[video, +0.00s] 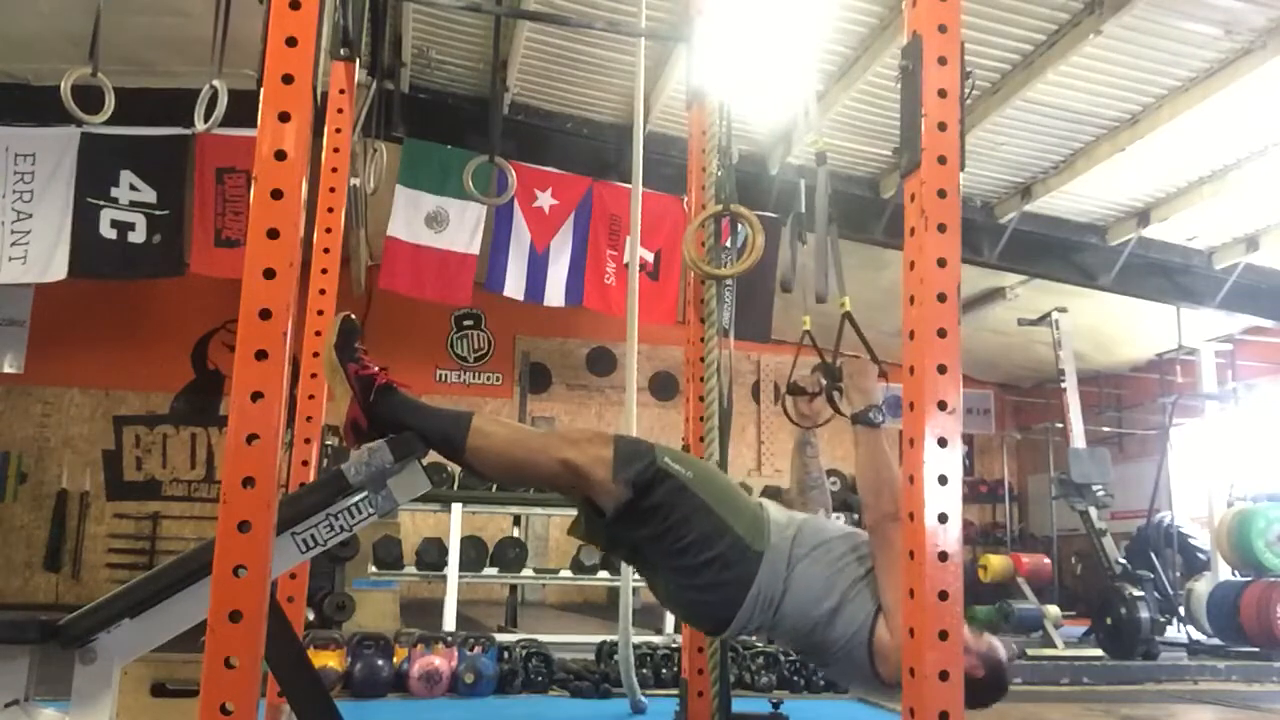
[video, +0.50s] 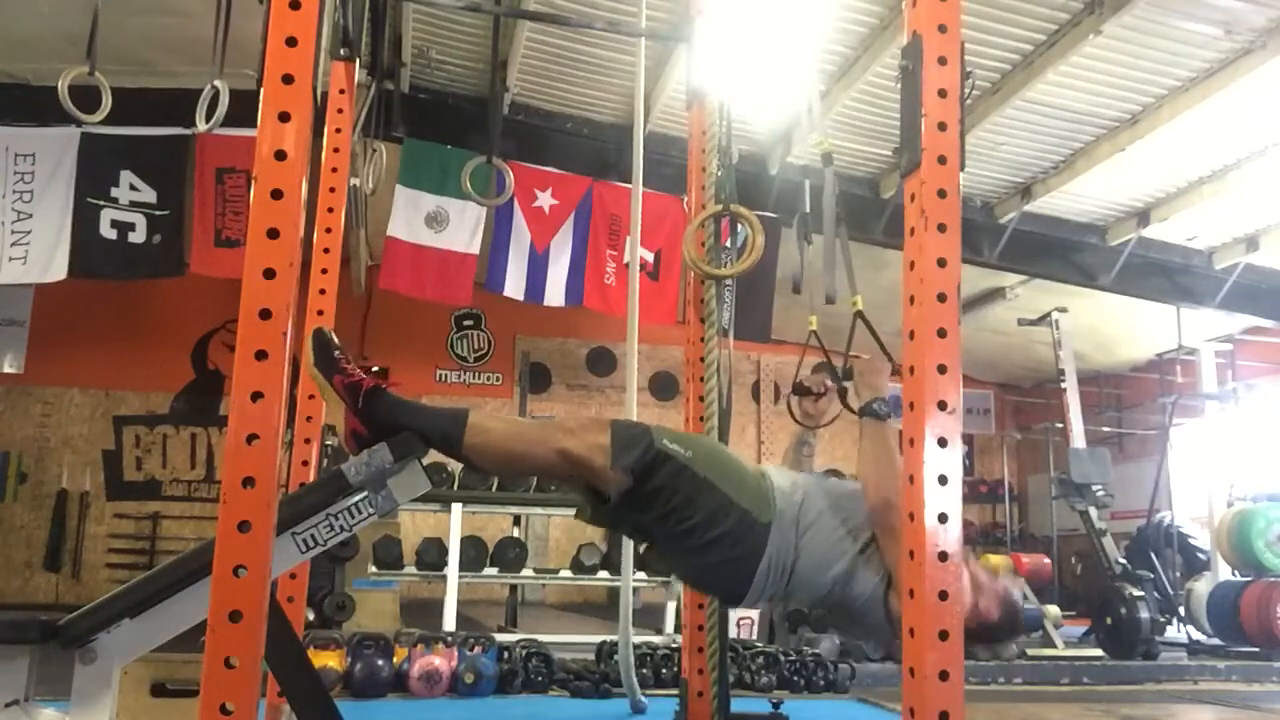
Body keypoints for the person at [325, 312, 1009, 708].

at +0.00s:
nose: (969, 639)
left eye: (974, 658)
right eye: (980, 643)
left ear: (955, 682)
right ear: (967, 631)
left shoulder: (913, 663)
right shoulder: (917, 619)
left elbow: (906, 525)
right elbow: (892, 520)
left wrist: (883, 420)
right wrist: (871, 418)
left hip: (744, 571)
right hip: (749, 534)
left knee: (598, 464)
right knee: (593, 457)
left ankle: (402, 416)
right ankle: (414, 421)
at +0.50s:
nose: (979, 579)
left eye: (988, 599)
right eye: (992, 577)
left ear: (972, 625)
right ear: (981, 565)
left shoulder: (927, 622)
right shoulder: (921, 562)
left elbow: (894, 519)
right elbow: (867, 510)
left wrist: (883, 419)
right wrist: (847, 436)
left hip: (761, 541)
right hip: (756, 508)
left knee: (593, 446)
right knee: (581, 449)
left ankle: (385, 409)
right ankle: (393, 424)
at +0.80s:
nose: (1006, 455)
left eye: (1014, 470)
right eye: (1011, 451)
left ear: (1005, 497)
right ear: (995, 440)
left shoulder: (961, 502)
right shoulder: (948, 440)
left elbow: (902, 489)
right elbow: (876, 442)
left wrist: (911, 402)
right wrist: (877, 385)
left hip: (776, 464)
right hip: (760, 433)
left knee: (600, 416)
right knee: (588, 412)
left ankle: (393, 422)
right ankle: (392, 415)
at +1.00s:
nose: (998, 420)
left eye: (1007, 432)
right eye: (1004, 420)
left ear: (1000, 460)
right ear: (992, 420)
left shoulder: (967, 467)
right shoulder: (945, 417)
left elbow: (905, 470)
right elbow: (875, 377)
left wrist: (905, 380)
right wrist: (894, 364)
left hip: (771, 444)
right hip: (758, 411)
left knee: (590, 393)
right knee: (581, 391)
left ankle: (386, 422)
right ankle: (383, 415)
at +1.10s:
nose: (1001, 430)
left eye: (1009, 441)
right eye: (1004, 425)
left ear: (1001, 470)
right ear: (988, 418)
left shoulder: (959, 477)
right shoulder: (937, 418)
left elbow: (894, 475)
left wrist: (910, 386)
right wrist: (879, 369)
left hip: (764, 433)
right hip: (751, 416)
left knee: (581, 370)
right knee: (566, 378)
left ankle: (378, 419)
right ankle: (385, 419)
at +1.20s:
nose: (976, 454)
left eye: (988, 467)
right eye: (984, 448)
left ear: (979, 492)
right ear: (967, 437)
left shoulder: (926, 495)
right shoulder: (915, 442)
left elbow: (879, 473)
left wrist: (891, 385)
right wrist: (866, 375)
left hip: (746, 424)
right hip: (732, 448)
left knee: (569, 344)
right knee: (556, 364)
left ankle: (374, 417)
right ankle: (380, 418)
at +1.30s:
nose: (908, 461)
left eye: (917, 473)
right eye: (921, 457)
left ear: (912, 511)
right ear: (917, 451)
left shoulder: (880, 515)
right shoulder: (878, 441)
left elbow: (840, 473)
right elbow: (835, 395)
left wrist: (839, 389)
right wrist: (839, 369)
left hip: (701, 430)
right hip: (699, 407)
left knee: (533, 320)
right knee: (526, 349)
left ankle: (356, 413)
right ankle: (365, 410)